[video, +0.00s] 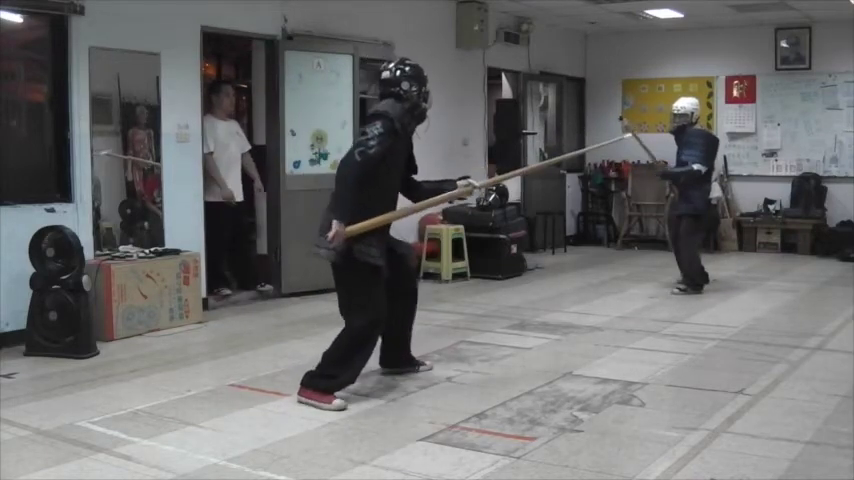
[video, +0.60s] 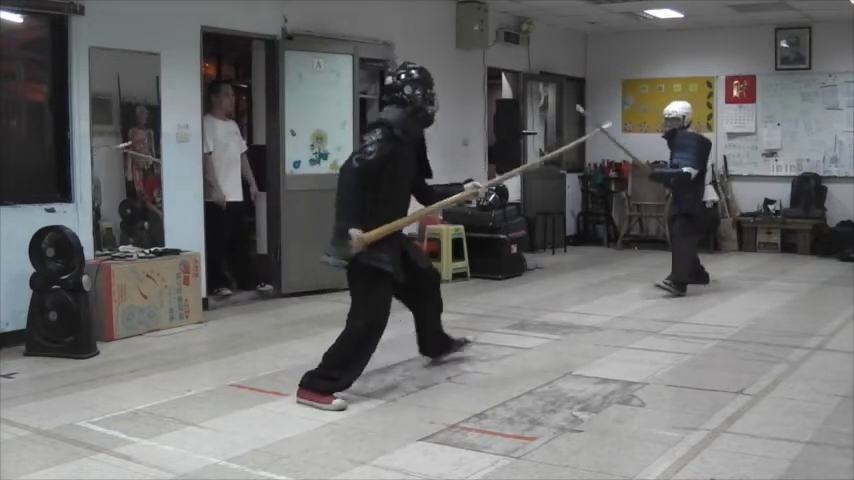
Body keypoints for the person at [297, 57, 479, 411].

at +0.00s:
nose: (426, 98)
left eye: (425, 91)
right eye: (421, 91)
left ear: (398, 91)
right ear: (408, 92)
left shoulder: (400, 132)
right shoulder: (384, 127)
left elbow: (413, 190)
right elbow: (349, 166)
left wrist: (457, 187)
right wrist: (341, 217)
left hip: (375, 234)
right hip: (352, 236)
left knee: (405, 272)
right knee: (368, 317)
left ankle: (397, 358)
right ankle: (317, 386)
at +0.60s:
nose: (431, 103)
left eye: (431, 96)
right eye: (426, 96)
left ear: (411, 97)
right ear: (408, 97)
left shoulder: (411, 136)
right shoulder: (386, 135)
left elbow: (425, 195)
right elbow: (351, 171)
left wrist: (463, 191)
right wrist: (349, 227)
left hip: (390, 241)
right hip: (366, 244)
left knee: (426, 282)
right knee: (369, 319)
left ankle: (435, 344)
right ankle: (317, 386)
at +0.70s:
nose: (443, 113)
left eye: (442, 106)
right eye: (437, 106)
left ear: (422, 108)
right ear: (420, 107)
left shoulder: (427, 144)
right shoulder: (400, 144)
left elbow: (443, 184)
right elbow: (374, 175)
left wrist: (488, 186)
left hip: (401, 243)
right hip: (382, 244)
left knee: (434, 286)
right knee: (374, 323)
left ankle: (450, 347)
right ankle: (319, 385)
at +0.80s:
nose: (456, 113)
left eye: (455, 106)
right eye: (451, 106)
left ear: (426, 110)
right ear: (438, 110)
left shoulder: (433, 147)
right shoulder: (419, 145)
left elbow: (449, 187)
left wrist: (487, 186)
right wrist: (453, 206)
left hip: (409, 241)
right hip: (393, 242)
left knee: (447, 278)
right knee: (390, 317)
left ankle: (450, 346)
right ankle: (325, 377)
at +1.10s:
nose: (444, 102)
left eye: (443, 95)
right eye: (439, 95)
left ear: (419, 96)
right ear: (424, 95)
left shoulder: (422, 134)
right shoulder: (405, 130)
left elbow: (424, 188)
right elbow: (389, 166)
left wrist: (458, 197)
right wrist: (437, 185)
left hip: (413, 233)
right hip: (397, 235)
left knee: (452, 278)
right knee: (432, 303)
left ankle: (451, 346)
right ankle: (373, 358)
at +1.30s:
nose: (404, 84)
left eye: (403, 77)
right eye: (397, 78)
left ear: (380, 81)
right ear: (380, 81)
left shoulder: (384, 122)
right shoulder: (366, 117)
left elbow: (393, 188)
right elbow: (363, 152)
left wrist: (440, 198)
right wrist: (407, 140)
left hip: (376, 226)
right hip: (362, 228)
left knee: (413, 294)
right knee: (409, 300)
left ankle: (411, 356)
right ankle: (390, 370)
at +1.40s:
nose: (389, 79)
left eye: (389, 72)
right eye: (383, 71)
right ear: (364, 72)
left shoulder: (373, 117)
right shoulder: (345, 105)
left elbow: (377, 184)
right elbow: (321, 139)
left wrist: (423, 195)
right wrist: (354, 137)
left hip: (355, 224)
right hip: (334, 224)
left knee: (385, 289)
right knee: (382, 290)